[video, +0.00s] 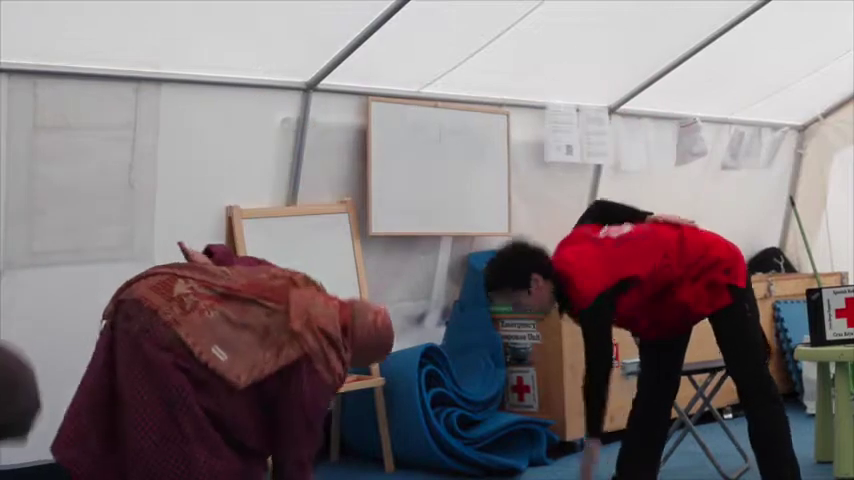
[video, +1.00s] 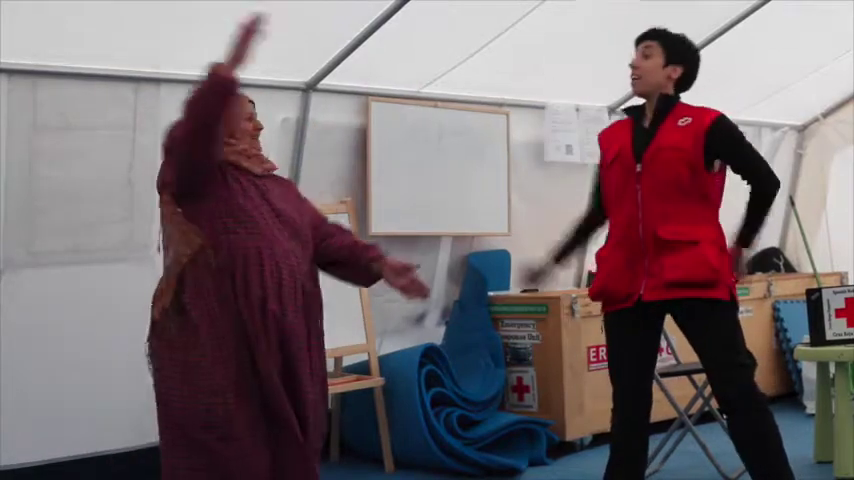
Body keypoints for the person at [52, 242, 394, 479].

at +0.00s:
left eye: (365, 318)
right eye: (363, 358)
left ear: (351, 304)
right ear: (361, 356)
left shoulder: (300, 286)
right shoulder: (318, 364)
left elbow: (226, 257)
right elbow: (295, 454)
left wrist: (206, 267)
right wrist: (295, 477)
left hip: (135, 298)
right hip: (165, 340)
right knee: (196, 458)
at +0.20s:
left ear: (346, 294)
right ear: (356, 345)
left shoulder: (300, 277)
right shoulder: (314, 359)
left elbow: (225, 255)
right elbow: (293, 444)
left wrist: (203, 262)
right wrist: (294, 475)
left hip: (130, 299)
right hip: (159, 333)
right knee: (182, 449)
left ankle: (100, 465)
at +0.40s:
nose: (362, 275)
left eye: (364, 266)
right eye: (361, 267)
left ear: (326, 236)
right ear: (347, 263)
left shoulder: (275, 241)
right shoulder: (305, 287)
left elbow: (192, 245)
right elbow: (287, 374)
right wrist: (309, 440)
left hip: (124, 306)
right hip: (173, 327)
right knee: (210, 452)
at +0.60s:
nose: (324, 165)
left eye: (322, 156)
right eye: (318, 156)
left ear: (279, 155)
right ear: (296, 159)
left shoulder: (236, 193)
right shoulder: (273, 210)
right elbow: (298, 286)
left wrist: (339, 304)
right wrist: (358, 319)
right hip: (202, 338)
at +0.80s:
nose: (271, 124)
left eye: (269, 117)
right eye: (261, 117)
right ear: (232, 122)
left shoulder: (260, 173)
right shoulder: (212, 161)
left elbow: (275, 260)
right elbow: (251, 179)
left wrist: (310, 313)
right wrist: (337, 150)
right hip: (214, 334)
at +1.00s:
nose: (255, 125)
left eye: (255, 117)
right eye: (243, 116)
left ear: (255, 127)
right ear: (215, 127)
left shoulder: (279, 188)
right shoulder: (193, 180)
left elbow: (324, 238)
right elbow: (195, 132)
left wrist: (379, 265)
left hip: (286, 351)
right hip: (210, 357)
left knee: (289, 458)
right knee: (221, 462)